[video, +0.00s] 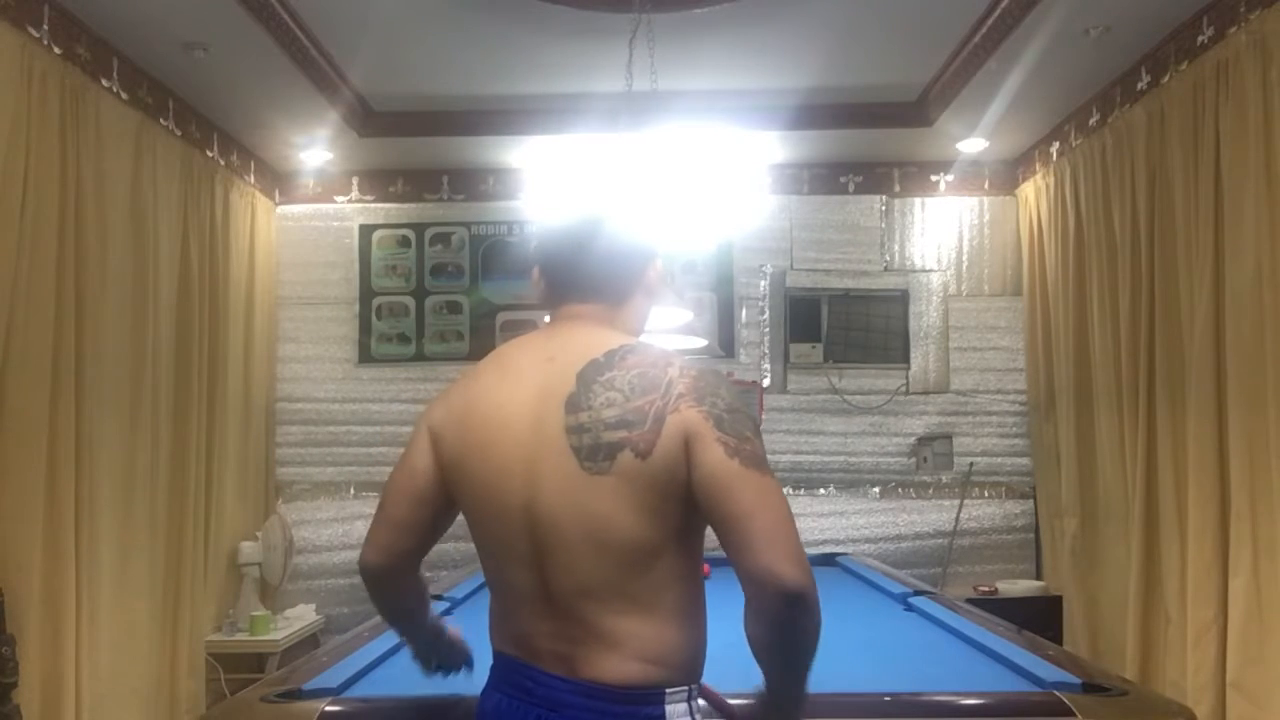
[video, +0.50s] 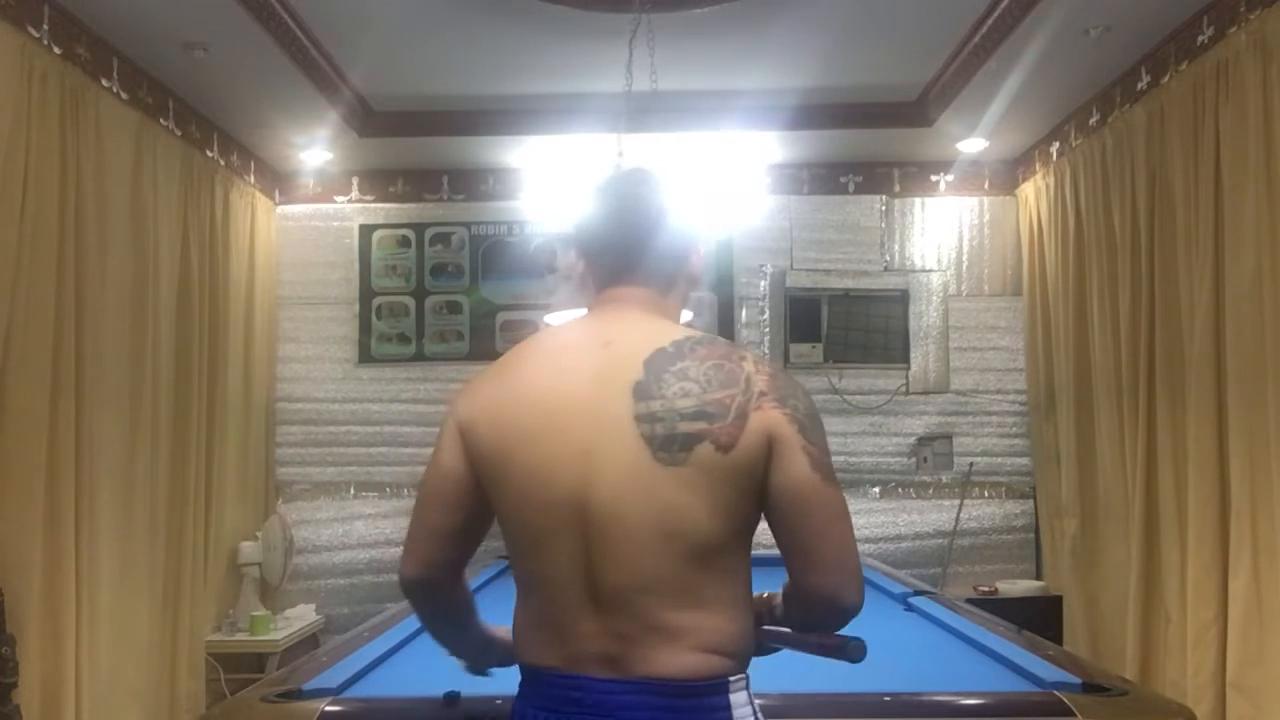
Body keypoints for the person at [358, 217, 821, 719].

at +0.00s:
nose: (661, 282)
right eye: (659, 269)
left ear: (542, 280)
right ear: (646, 276)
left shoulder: (467, 392)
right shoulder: (689, 387)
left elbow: (383, 560)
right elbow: (785, 584)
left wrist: (428, 637)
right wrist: (781, 700)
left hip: (512, 698)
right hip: (648, 703)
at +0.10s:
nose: (666, 281)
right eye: (665, 269)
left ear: (546, 277)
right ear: (654, 274)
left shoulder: (471, 390)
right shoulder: (700, 386)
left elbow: (388, 564)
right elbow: (789, 582)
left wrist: (417, 664)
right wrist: (761, 674)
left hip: (521, 697)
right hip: (660, 702)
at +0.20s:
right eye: (673, 272)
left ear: (550, 273)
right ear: (663, 275)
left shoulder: (476, 391)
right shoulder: (712, 386)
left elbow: (391, 566)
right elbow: (807, 581)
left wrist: (414, 673)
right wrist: (759, 645)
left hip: (535, 699)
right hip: (678, 703)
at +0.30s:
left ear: (562, 268)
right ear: (675, 270)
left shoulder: (485, 390)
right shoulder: (735, 384)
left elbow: (404, 568)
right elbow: (827, 578)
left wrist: (426, 656)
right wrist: (767, 626)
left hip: (547, 698)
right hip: (691, 700)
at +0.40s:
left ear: (573, 266)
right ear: (686, 265)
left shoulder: (489, 390)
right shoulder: (750, 385)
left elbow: (415, 571)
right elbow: (833, 586)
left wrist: (456, 647)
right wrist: (770, 616)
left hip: (550, 699)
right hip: (697, 701)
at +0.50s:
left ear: (581, 264)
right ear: (693, 264)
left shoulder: (493, 388)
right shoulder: (758, 387)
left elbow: (425, 571)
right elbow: (834, 594)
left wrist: (477, 647)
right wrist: (775, 613)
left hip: (549, 699)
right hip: (700, 701)